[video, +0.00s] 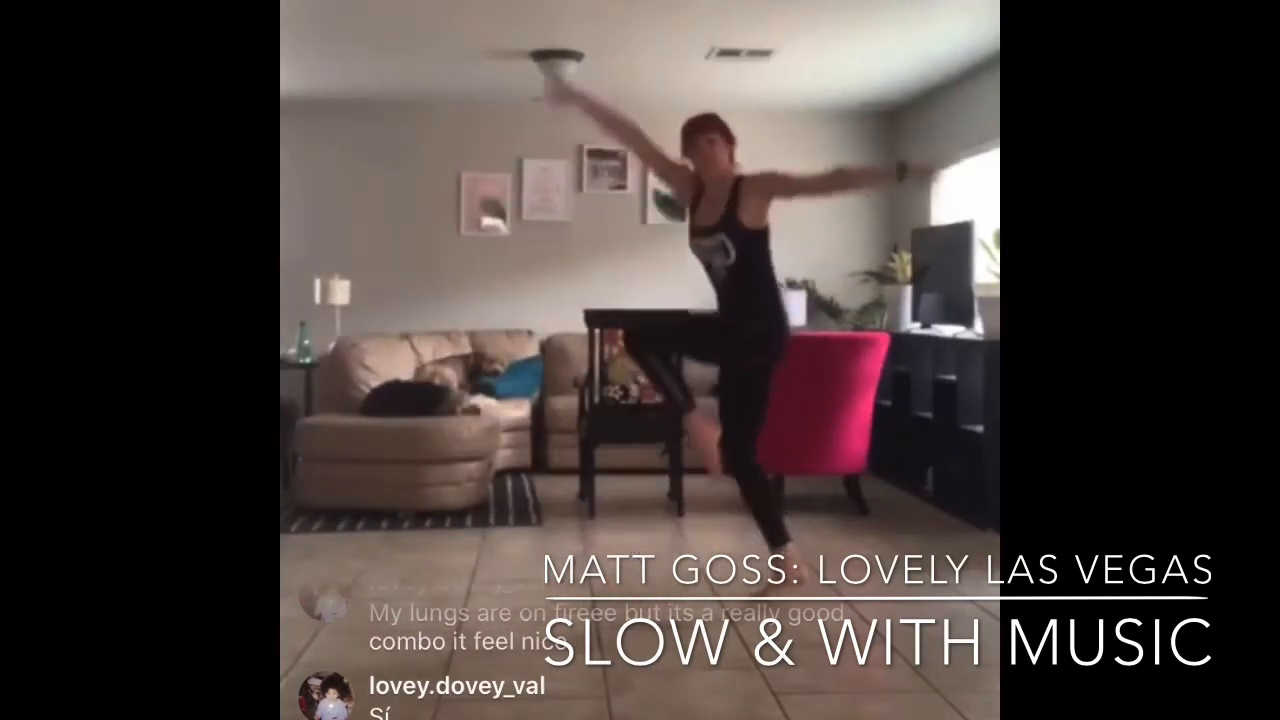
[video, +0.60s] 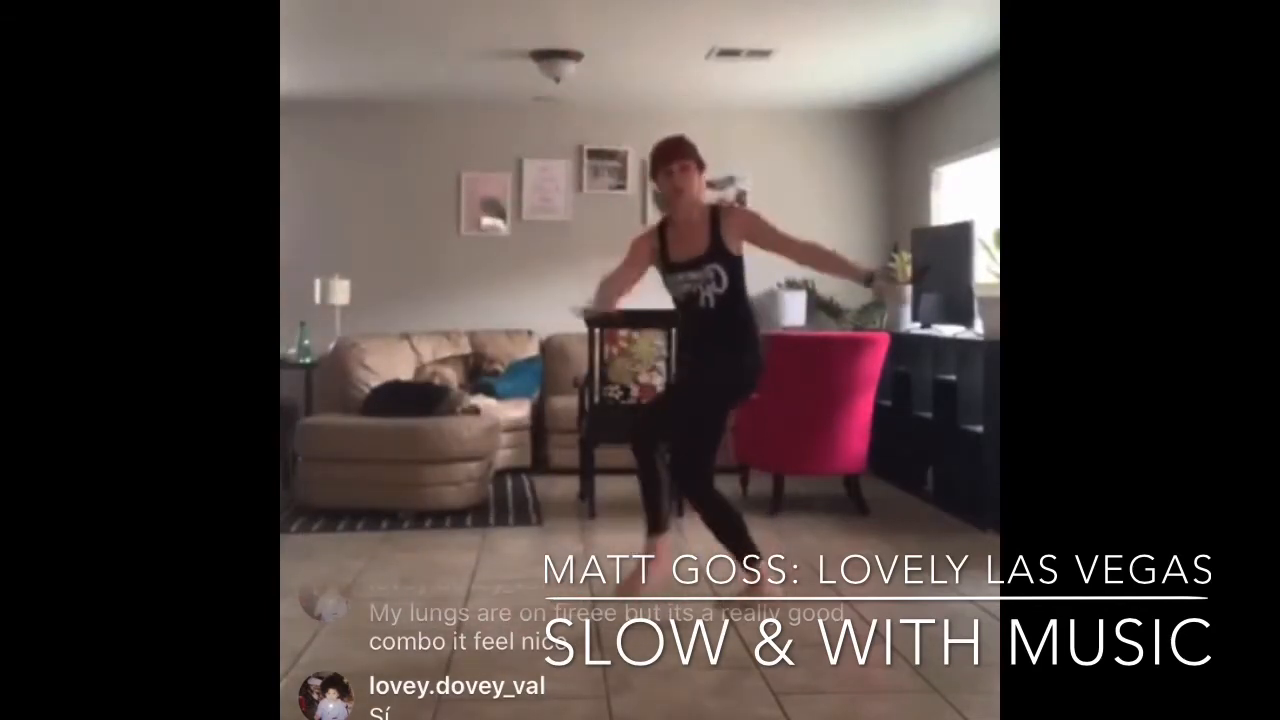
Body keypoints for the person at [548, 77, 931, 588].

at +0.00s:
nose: (702, 153)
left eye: (709, 143)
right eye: (694, 147)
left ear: (730, 147)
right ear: (689, 156)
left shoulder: (755, 188)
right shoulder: (693, 191)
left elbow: (825, 182)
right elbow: (637, 143)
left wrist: (894, 173)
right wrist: (576, 98)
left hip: (760, 332)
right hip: (725, 328)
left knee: (737, 453)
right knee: (640, 333)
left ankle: (785, 556)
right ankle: (693, 422)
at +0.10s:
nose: (695, 118)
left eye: (702, 108)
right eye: (687, 111)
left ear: (719, 113)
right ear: (677, 123)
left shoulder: (743, 155)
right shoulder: (682, 157)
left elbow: (820, 138)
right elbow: (637, 90)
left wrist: (898, 121)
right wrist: (596, 36)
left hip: (757, 288)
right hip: (727, 289)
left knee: (642, 293)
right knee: (742, 405)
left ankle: (714, 371)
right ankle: (768, 524)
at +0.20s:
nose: (692, 106)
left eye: (698, 95)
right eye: (682, 100)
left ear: (714, 101)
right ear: (670, 113)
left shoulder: (740, 143)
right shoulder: (676, 150)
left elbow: (819, 125)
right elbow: (632, 79)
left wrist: (893, 108)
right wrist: (591, 21)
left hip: (759, 274)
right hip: (725, 276)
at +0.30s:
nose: (689, 120)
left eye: (695, 111)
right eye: (679, 114)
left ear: (708, 117)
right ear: (663, 126)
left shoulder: (735, 157)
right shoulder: (663, 163)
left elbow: (813, 142)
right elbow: (616, 101)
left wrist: (887, 124)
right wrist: (572, 46)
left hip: (759, 289)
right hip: (720, 291)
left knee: (732, 401)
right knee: (647, 311)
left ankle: (743, 530)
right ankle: (730, 377)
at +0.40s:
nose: (687, 154)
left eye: (693, 144)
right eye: (676, 149)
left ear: (709, 150)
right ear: (663, 161)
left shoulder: (735, 194)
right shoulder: (662, 207)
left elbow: (811, 183)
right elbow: (606, 164)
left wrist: (884, 169)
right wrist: (552, 119)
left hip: (757, 325)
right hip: (715, 331)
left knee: (653, 357)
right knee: (722, 440)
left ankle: (729, 423)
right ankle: (755, 557)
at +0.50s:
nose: (683, 179)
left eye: (689, 168)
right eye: (672, 172)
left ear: (705, 173)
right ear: (661, 182)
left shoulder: (735, 217)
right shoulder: (660, 236)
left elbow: (810, 224)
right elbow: (604, 238)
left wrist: (881, 229)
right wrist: (550, 223)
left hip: (749, 354)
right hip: (709, 358)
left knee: (655, 397)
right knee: (713, 476)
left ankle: (700, 491)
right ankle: (759, 571)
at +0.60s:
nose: (677, 179)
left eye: (685, 169)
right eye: (667, 173)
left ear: (702, 174)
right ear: (656, 184)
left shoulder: (731, 220)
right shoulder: (652, 242)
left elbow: (799, 251)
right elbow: (613, 287)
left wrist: (867, 276)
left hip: (737, 357)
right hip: (694, 362)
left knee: (646, 426)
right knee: (691, 478)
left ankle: (657, 547)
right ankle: (758, 570)